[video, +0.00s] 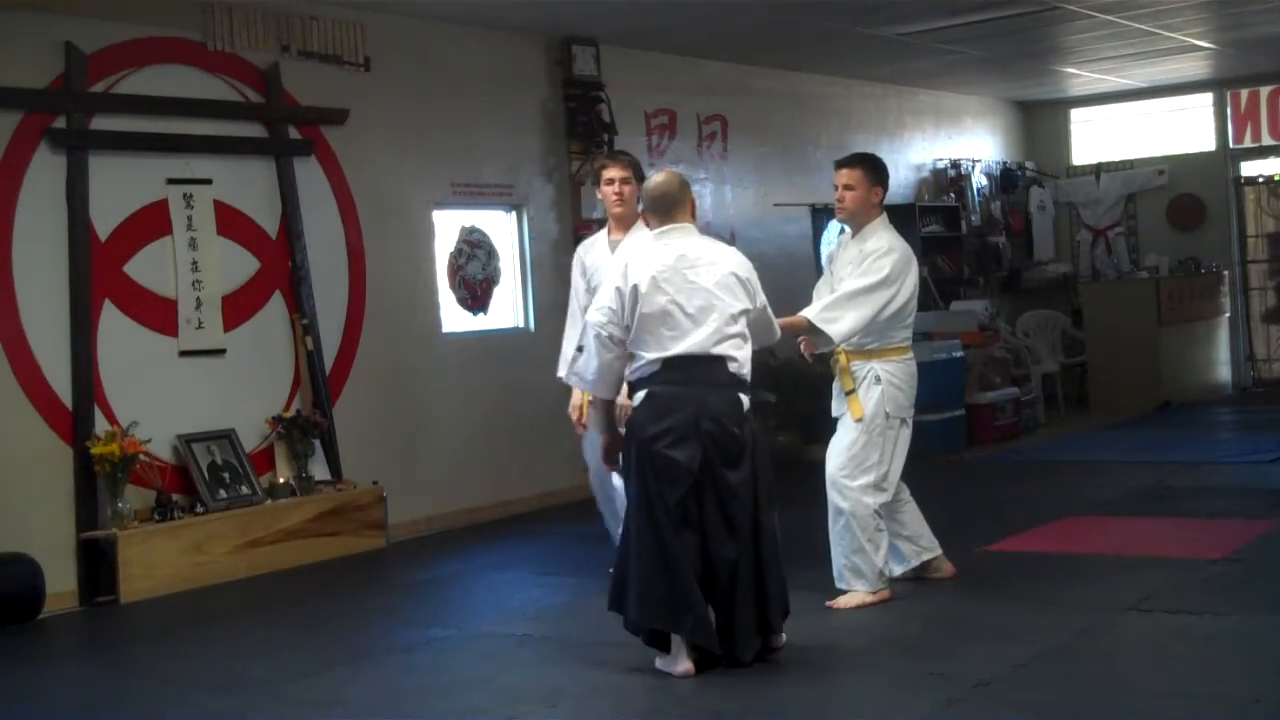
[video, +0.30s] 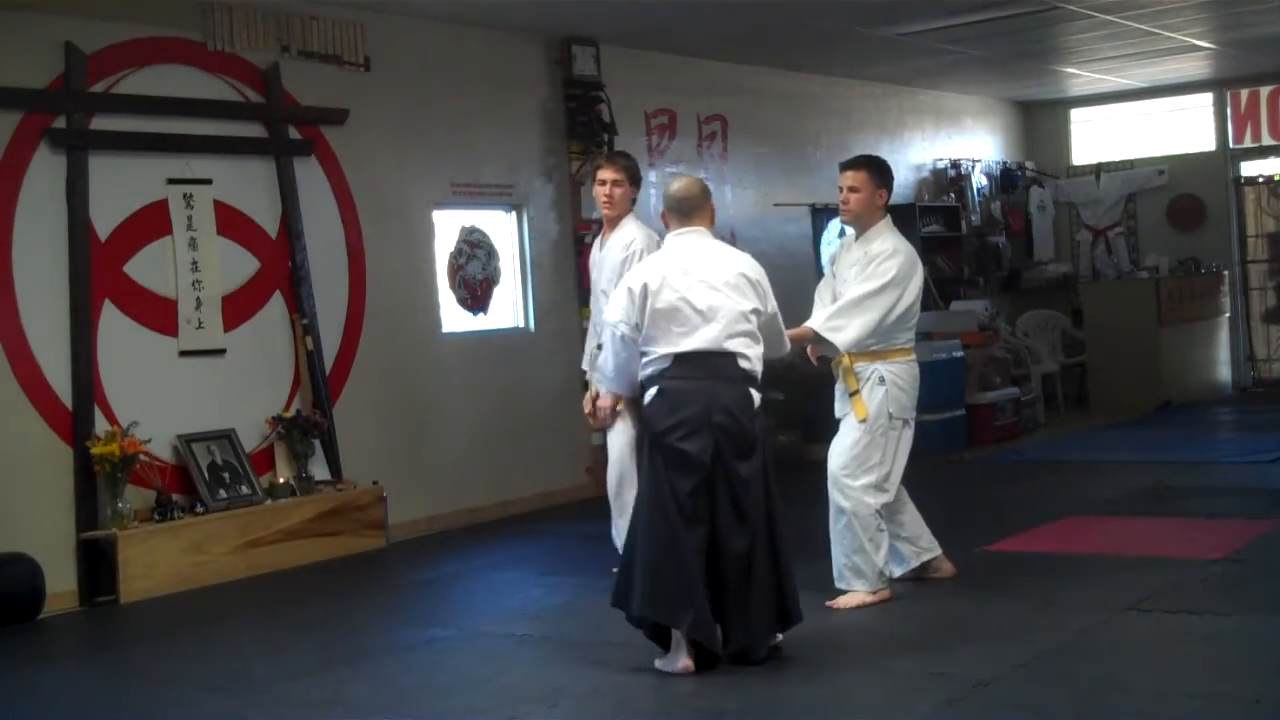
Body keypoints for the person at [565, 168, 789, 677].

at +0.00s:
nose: (700, 211)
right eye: (697, 204)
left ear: (645, 214)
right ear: (692, 208)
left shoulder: (629, 263)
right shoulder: (732, 260)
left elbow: (605, 346)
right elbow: (766, 333)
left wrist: (607, 427)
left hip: (659, 405)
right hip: (727, 401)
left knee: (664, 526)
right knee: (745, 514)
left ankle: (679, 650)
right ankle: (767, 627)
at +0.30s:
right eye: (713, 211)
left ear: (664, 218)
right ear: (712, 214)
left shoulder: (643, 272)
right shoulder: (745, 266)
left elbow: (620, 355)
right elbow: (777, 343)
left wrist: (630, 402)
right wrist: (741, 360)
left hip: (672, 389)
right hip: (735, 388)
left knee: (675, 516)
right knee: (746, 510)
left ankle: (682, 646)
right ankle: (759, 630)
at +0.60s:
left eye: (705, 210)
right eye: (751, 214)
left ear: (704, 214)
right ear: (752, 217)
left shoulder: (674, 266)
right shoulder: (774, 267)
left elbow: (645, 346)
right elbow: (796, 347)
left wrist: (662, 399)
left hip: (693, 385)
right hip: (755, 384)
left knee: (700, 504)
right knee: (760, 503)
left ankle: (696, 616)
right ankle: (763, 622)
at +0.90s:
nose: (710, 236)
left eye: (710, 230)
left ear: (713, 233)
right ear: (758, 237)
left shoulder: (683, 285)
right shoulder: (779, 285)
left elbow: (651, 350)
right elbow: (807, 357)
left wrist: (640, 408)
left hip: (699, 394)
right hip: (758, 393)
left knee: (709, 499)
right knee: (762, 502)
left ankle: (727, 600)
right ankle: (760, 611)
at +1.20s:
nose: (695, 246)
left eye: (695, 241)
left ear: (699, 242)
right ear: (739, 245)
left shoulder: (678, 287)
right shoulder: (768, 280)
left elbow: (628, 328)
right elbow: (823, 335)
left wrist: (584, 339)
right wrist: (848, 375)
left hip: (716, 379)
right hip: (770, 378)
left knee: (720, 484)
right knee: (783, 483)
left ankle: (728, 582)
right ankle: (781, 564)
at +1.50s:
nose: (704, 253)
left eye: (706, 246)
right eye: (706, 246)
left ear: (717, 247)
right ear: (748, 249)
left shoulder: (703, 283)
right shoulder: (780, 282)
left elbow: (637, 327)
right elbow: (819, 340)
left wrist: (606, 321)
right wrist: (837, 380)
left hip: (754, 383)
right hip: (801, 377)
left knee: (742, 477)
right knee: (787, 476)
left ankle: (753, 569)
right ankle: (799, 559)